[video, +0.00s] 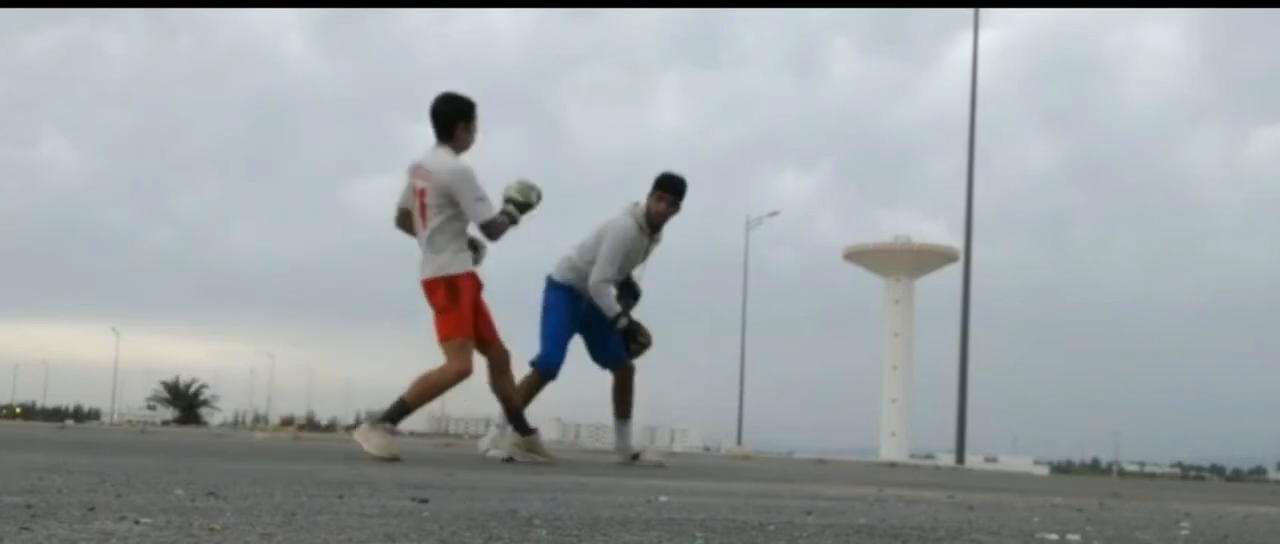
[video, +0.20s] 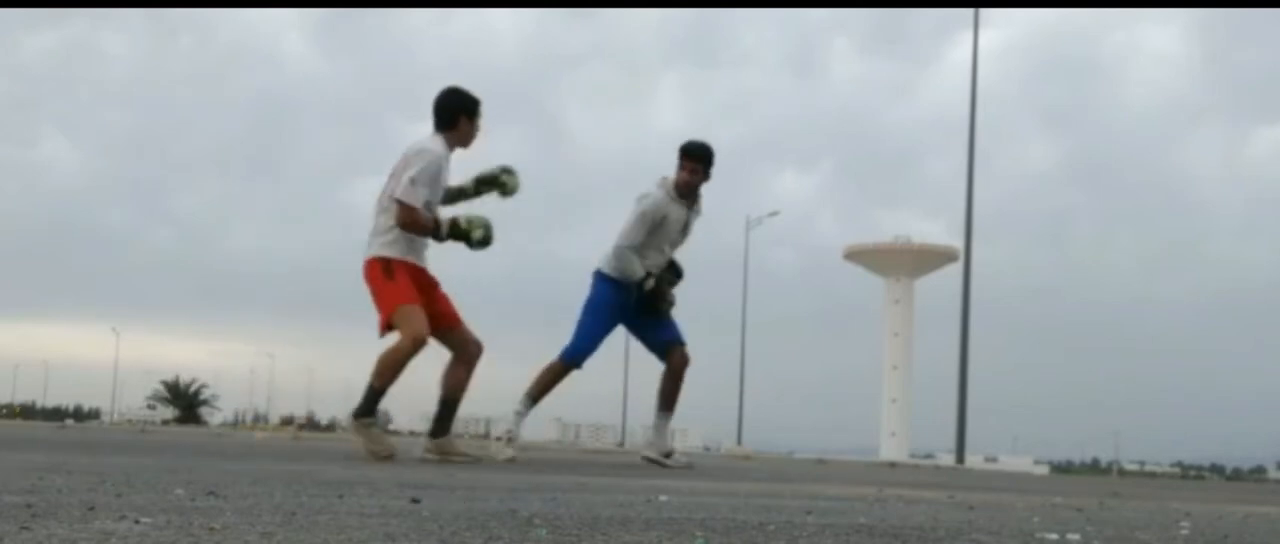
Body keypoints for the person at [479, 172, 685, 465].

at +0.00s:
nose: (662, 208)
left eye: (671, 204)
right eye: (659, 200)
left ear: (677, 210)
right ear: (648, 198)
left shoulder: (652, 236)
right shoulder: (623, 228)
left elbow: (621, 265)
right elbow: (597, 283)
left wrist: (627, 284)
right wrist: (622, 321)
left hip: (596, 297)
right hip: (565, 288)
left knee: (624, 369)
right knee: (548, 367)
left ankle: (623, 447)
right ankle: (498, 433)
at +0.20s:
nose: (690, 177)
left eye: (697, 172)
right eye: (686, 169)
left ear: (706, 177)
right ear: (677, 167)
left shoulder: (691, 210)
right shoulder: (656, 202)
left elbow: (661, 248)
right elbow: (621, 250)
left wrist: (668, 269)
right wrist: (646, 281)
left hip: (642, 292)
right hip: (612, 285)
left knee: (678, 358)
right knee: (574, 356)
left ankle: (659, 442)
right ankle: (516, 420)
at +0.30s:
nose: (695, 171)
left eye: (703, 166)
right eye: (691, 163)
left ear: (716, 171)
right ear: (685, 164)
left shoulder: (715, 213)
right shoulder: (665, 201)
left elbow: (700, 254)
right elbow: (632, 247)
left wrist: (699, 276)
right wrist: (658, 278)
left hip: (674, 300)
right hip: (638, 292)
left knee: (689, 371)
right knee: (606, 360)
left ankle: (656, 451)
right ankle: (540, 428)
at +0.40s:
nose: (696, 156)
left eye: (703, 150)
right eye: (691, 149)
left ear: (718, 153)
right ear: (686, 150)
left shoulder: (733, 200)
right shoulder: (669, 189)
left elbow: (744, 242)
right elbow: (637, 231)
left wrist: (727, 260)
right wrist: (658, 252)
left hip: (698, 292)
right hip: (660, 284)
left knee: (697, 370)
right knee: (639, 351)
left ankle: (662, 442)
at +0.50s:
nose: (698, 144)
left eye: (705, 138)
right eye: (693, 138)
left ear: (722, 138)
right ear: (687, 140)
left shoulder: (745, 184)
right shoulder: (681, 178)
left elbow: (773, 232)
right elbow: (653, 221)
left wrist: (750, 243)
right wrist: (668, 237)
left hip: (718, 282)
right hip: (679, 277)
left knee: (705, 363)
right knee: (668, 353)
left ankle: (675, 428)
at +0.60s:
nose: (702, 150)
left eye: (709, 143)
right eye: (697, 144)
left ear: (727, 142)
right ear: (694, 146)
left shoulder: (753, 184)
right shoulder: (693, 185)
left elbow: (787, 233)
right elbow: (674, 227)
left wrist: (752, 245)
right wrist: (680, 246)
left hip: (737, 288)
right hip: (699, 286)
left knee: (727, 374)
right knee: (712, 371)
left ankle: (697, 432)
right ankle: (742, 449)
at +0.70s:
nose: (709, 154)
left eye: (714, 145)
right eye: (705, 147)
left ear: (734, 142)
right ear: (704, 149)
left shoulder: (766, 186)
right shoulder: (707, 192)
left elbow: (789, 240)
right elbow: (697, 240)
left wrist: (755, 251)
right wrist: (692, 260)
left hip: (755, 296)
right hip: (714, 296)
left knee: (758, 377)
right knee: (723, 376)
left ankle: (737, 432)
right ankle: (744, 455)